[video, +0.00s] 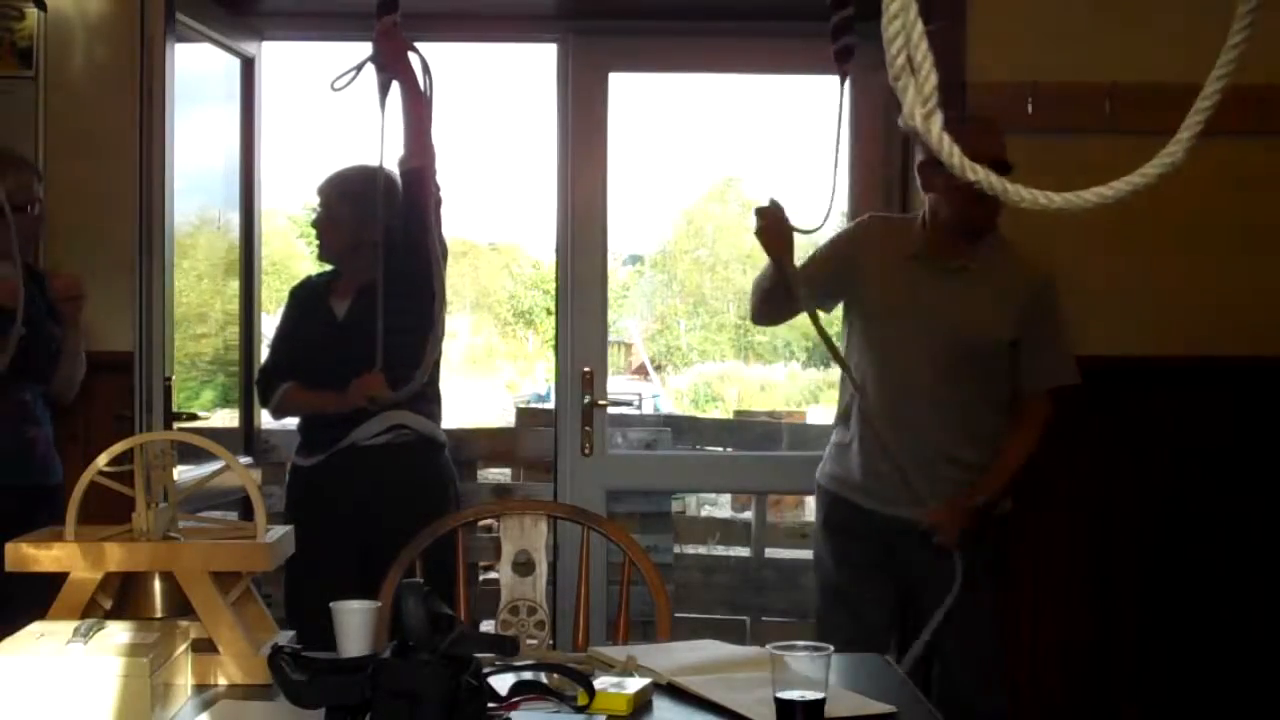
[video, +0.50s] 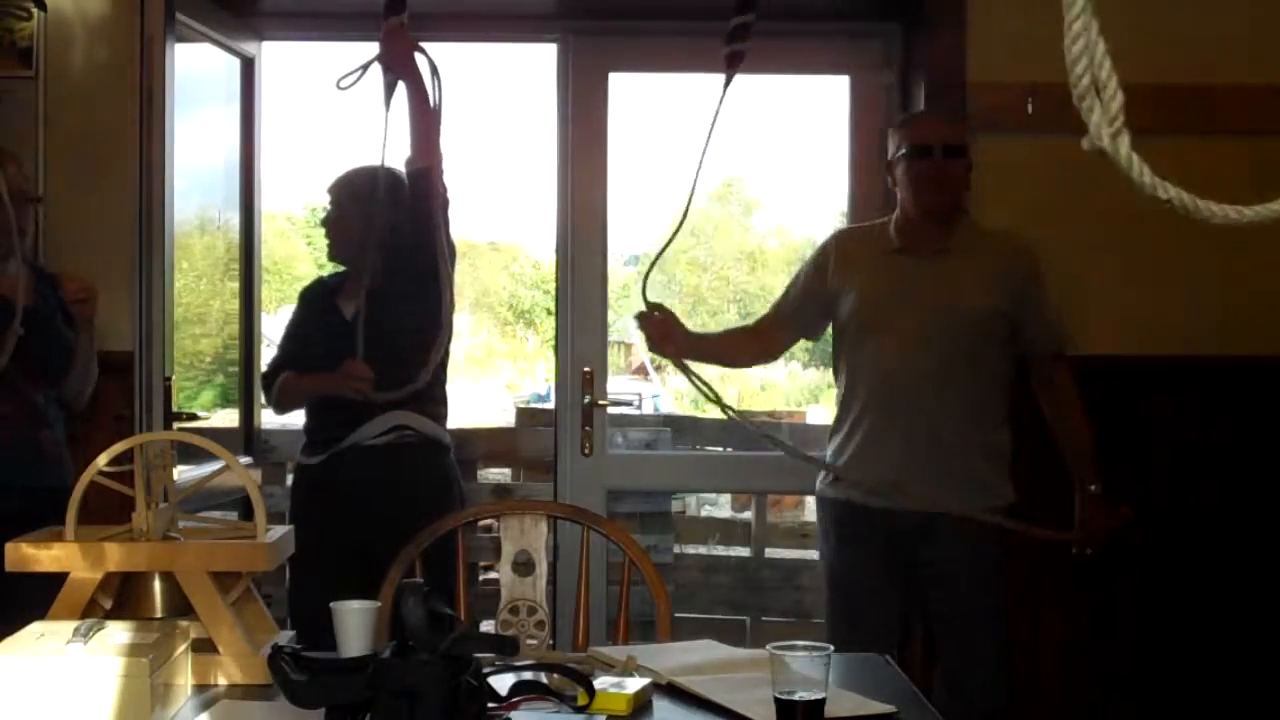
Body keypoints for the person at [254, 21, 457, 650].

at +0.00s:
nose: (315, 224)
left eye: (327, 213)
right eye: (319, 212)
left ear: (369, 222)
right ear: (346, 223)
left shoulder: (410, 286)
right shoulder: (307, 297)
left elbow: (419, 171)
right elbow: (275, 391)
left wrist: (404, 74)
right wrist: (346, 397)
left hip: (400, 486)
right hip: (319, 486)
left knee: (399, 622)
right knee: (317, 630)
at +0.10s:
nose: (318, 222)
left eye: (330, 211)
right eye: (321, 211)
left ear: (372, 221)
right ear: (346, 223)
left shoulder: (412, 286)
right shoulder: (309, 298)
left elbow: (420, 170)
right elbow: (277, 392)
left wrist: (406, 75)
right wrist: (347, 398)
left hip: (401, 485)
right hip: (320, 485)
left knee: (399, 622)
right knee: (317, 630)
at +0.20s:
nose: (319, 222)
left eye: (332, 211)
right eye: (323, 211)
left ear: (375, 220)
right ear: (347, 222)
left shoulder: (413, 284)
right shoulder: (311, 299)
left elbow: (421, 172)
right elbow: (278, 392)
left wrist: (406, 75)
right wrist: (344, 398)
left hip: (403, 483)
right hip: (321, 484)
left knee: (401, 622)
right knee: (317, 629)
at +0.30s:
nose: (322, 221)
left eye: (335, 210)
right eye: (325, 210)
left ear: (377, 218)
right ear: (349, 221)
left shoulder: (414, 283)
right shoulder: (314, 299)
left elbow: (422, 169)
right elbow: (278, 391)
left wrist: (406, 74)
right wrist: (340, 394)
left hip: (405, 484)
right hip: (322, 484)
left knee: (404, 623)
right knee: (319, 630)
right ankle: (334, 709)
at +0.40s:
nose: (324, 222)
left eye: (337, 211)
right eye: (327, 211)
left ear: (379, 219)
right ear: (349, 222)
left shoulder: (416, 283)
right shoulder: (315, 299)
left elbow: (424, 169)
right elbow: (279, 393)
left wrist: (408, 74)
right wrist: (339, 385)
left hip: (408, 482)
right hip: (324, 482)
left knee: (410, 628)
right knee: (322, 634)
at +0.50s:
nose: (326, 222)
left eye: (338, 211)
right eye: (329, 211)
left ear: (379, 219)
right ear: (350, 221)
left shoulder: (420, 285)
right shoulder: (317, 299)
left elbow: (426, 168)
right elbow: (279, 393)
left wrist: (410, 73)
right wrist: (333, 381)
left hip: (409, 481)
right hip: (326, 482)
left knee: (412, 628)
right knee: (322, 634)